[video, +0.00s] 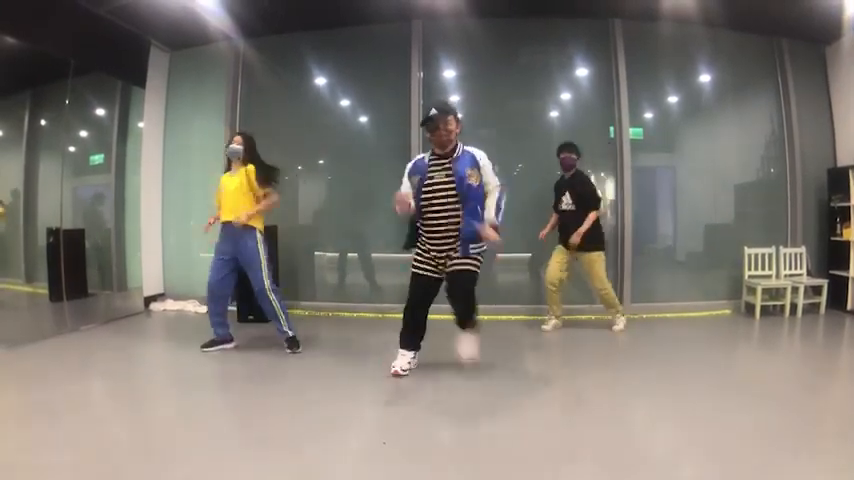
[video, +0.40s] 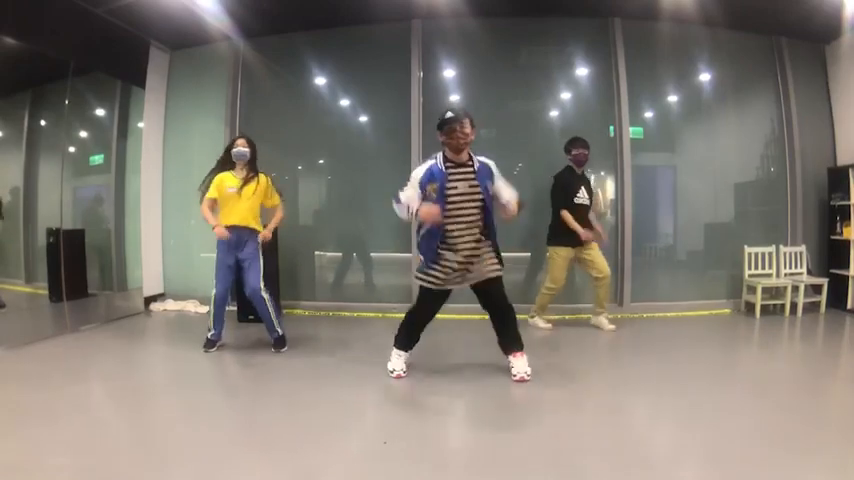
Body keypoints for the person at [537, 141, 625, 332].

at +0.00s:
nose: (567, 162)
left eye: (571, 158)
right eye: (563, 158)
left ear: (577, 159)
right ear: (559, 160)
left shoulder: (583, 181)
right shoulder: (559, 184)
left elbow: (594, 210)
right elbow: (558, 212)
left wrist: (579, 232)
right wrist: (548, 229)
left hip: (590, 244)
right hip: (566, 243)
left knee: (600, 285)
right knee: (552, 279)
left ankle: (618, 314)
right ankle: (554, 316)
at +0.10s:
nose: (569, 152)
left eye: (573, 149)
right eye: (565, 149)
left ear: (578, 150)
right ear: (559, 150)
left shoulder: (587, 174)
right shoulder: (553, 177)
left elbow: (599, 200)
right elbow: (548, 199)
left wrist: (588, 216)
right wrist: (548, 211)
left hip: (588, 237)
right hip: (561, 237)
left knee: (598, 277)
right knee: (554, 279)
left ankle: (601, 308)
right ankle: (554, 316)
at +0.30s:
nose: (578, 151)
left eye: (581, 147)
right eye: (573, 147)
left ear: (586, 150)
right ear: (566, 150)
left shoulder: (586, 175)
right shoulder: (558, 174)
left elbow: (588, 202)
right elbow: (550, 203)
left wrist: (601, 214)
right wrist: (568, 211)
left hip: (584, 237)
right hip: (560, 238)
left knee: (602, 270)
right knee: (554, 278)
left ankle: (592, 309)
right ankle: (539, 314)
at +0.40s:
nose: (581, 153)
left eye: (584, 150)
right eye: (576, 150)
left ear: (588, 154)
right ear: (568, 154)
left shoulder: (585, 180)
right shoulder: (562, 178)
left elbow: (586, 210)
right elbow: (561, 209)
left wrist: (597, 228)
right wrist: (580, 230)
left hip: (584, 239)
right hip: (562, 241)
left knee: (603, 274)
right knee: (555, 282)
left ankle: (599, 315)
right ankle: (535, 315)